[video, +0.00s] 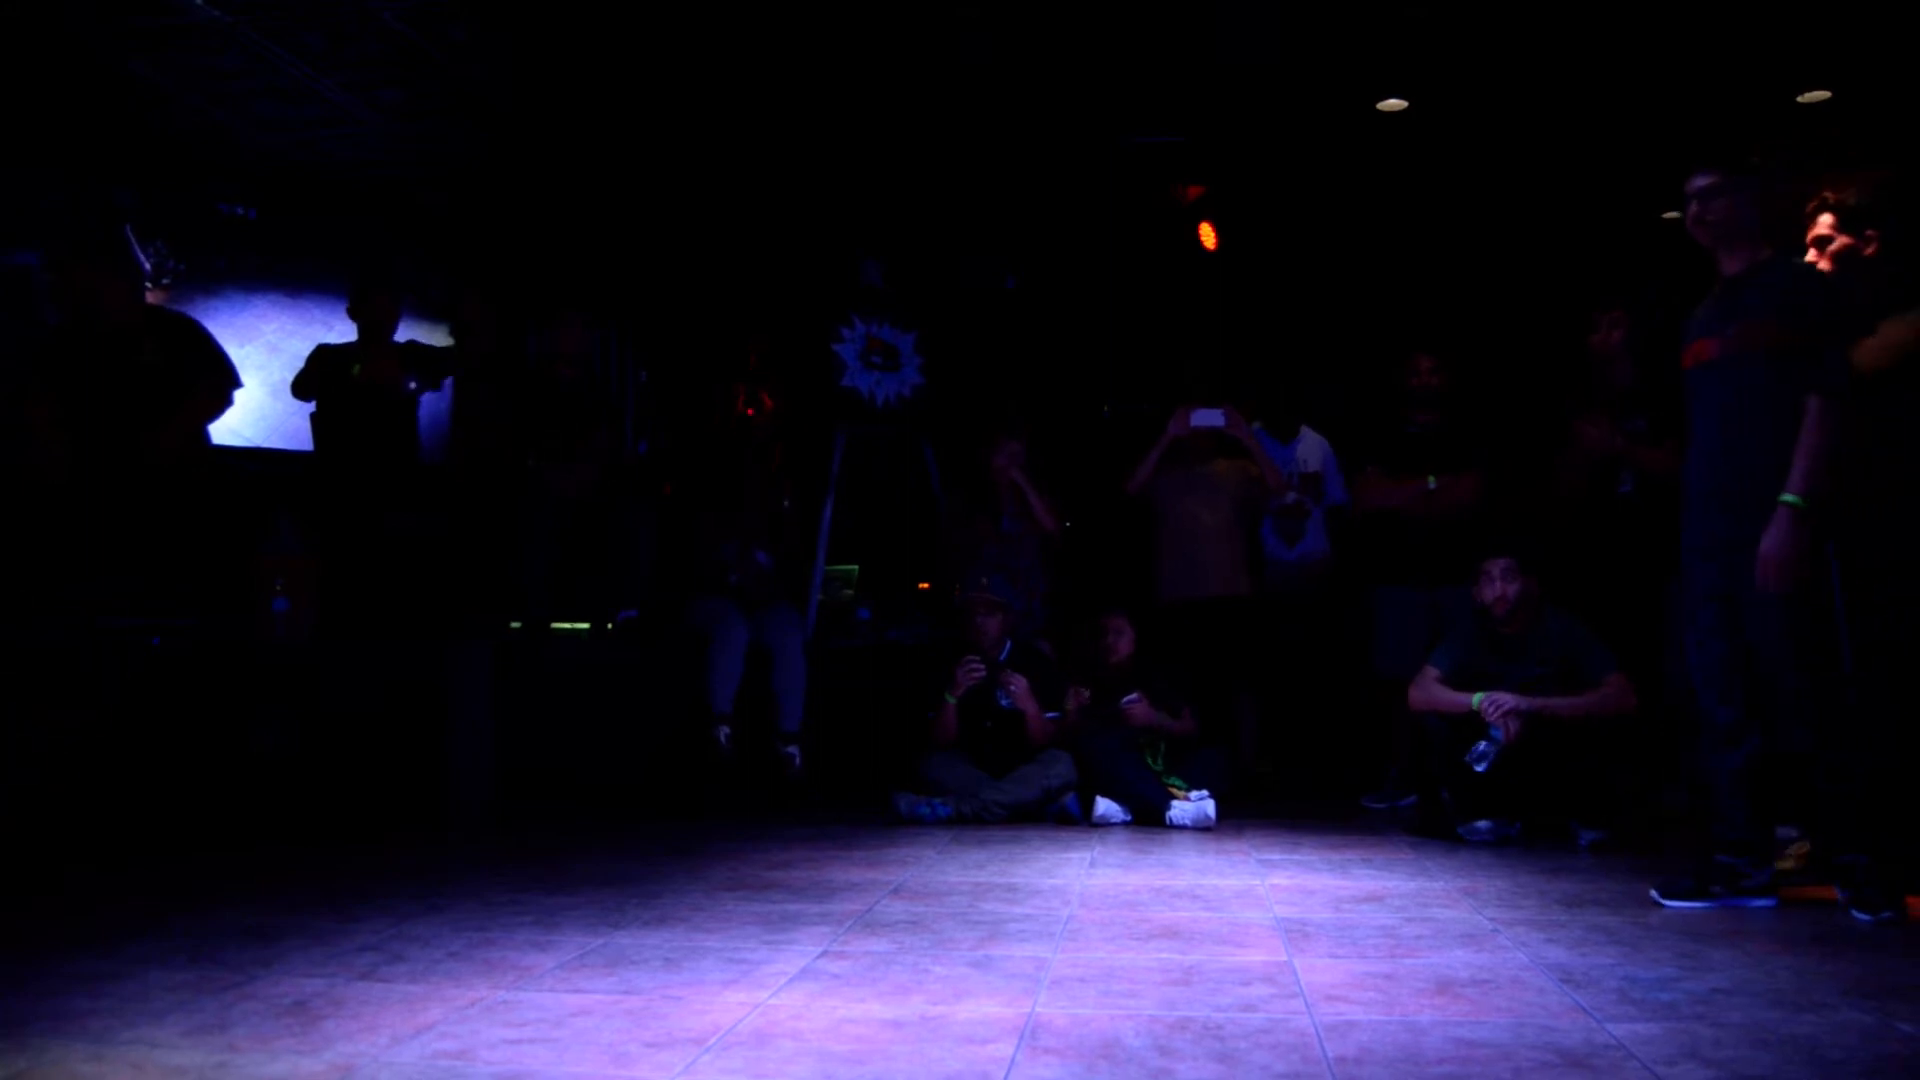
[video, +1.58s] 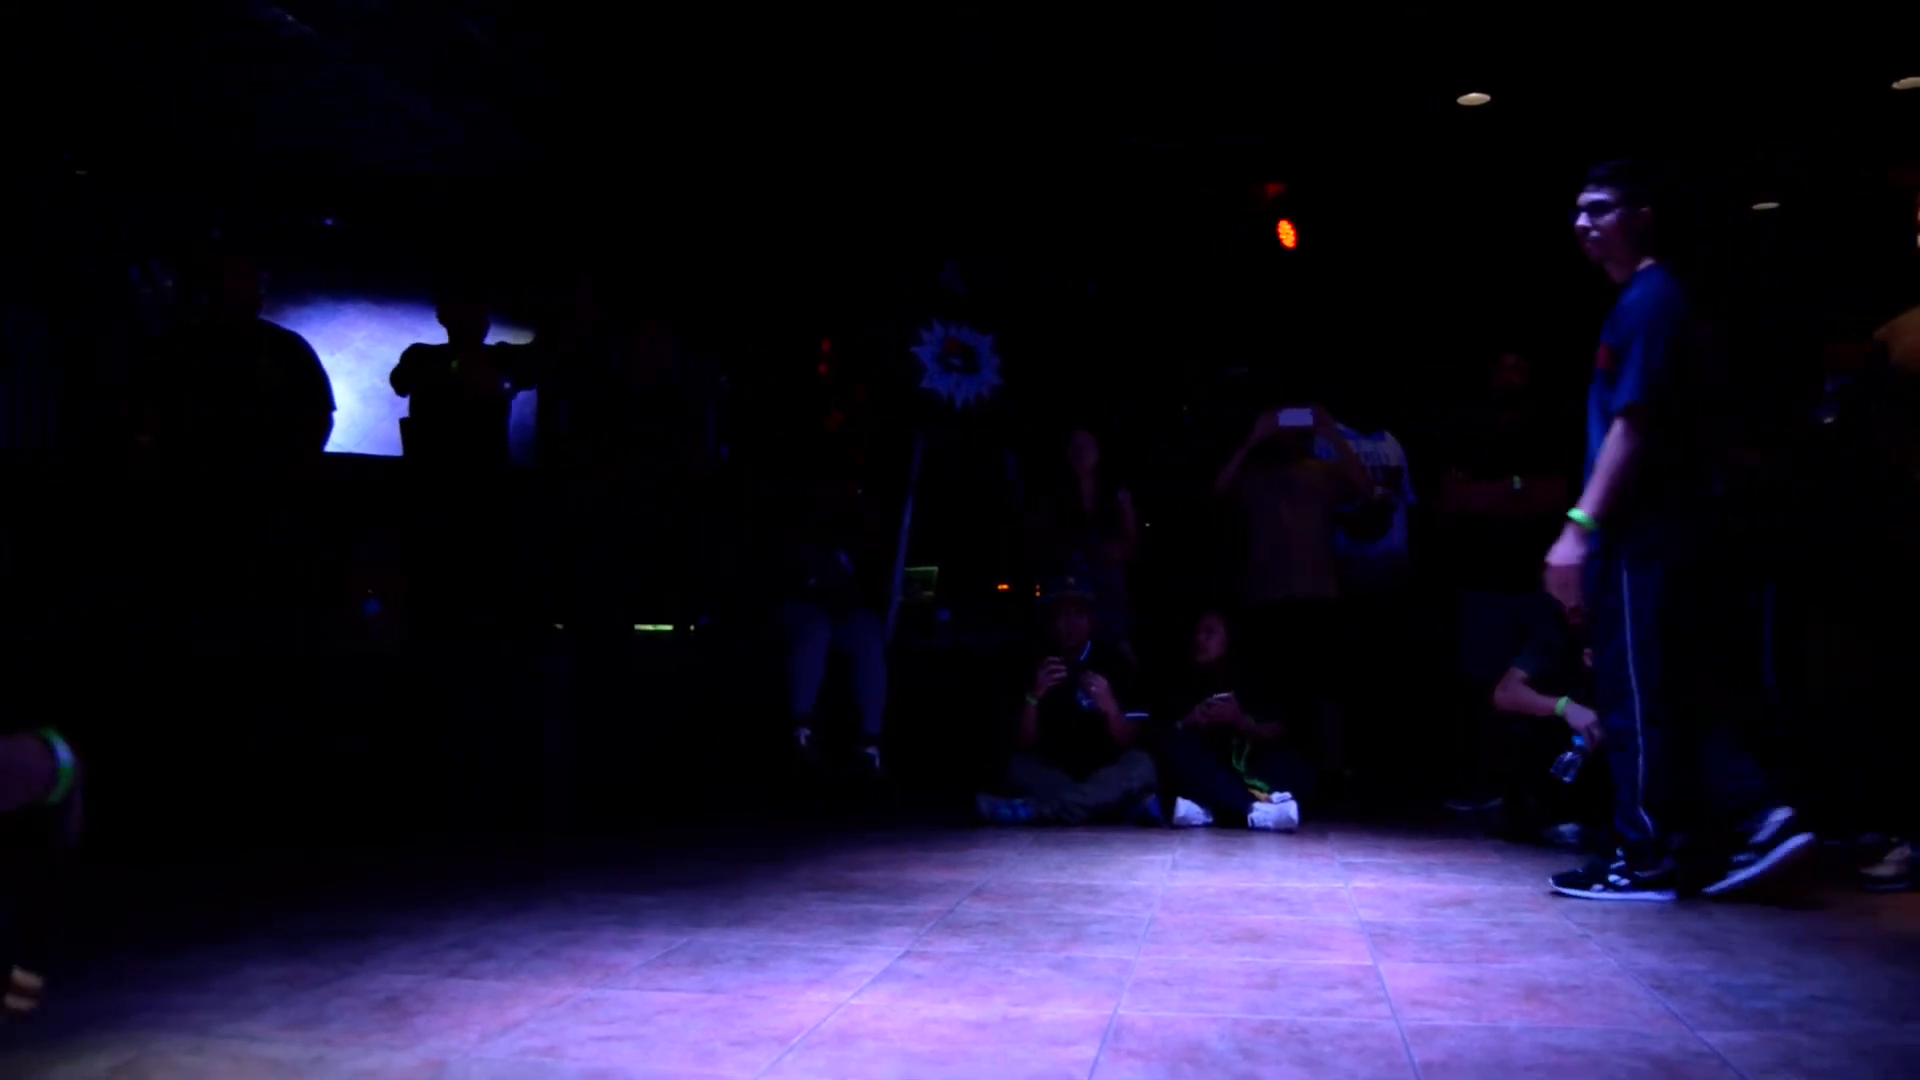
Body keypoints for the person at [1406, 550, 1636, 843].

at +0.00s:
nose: (1498, 591)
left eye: (1508, 579)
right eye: (1488, 581)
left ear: (1527, 584)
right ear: (1478, 589)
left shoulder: (1560, 631)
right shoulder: (1471, 632)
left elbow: (1619, 696)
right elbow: (1420, 693)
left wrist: (1528, 703)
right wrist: (1484, 704)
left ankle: (1587, 818)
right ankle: (1487, 815)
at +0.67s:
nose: (1530, 597)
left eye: (1538, 584)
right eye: (1518, 588)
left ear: (1554, 590)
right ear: (1505, 599)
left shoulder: (1588, 639)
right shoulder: (1497, 640)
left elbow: (1645, 702)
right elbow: (1451, 700)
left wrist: (1557, 709)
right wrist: (1518, 712)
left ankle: (1612, 826)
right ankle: (1510, 822)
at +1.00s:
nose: (1563, 597)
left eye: (1572, 584)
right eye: (1551, 588)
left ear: (1589, 589)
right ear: (1538, 598)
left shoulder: (1618, 639)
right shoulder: (1529, 639)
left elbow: (1652, 704)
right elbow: (1484, 699)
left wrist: (1592, 701)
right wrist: (1550, 705)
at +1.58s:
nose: (1572, 595)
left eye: (1577, 584)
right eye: (1562, 586)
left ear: (1592, 581)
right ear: (1549, 587)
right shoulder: (1553, 631)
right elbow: (1506, 692)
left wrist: (1607, 663)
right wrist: (1564, 707)